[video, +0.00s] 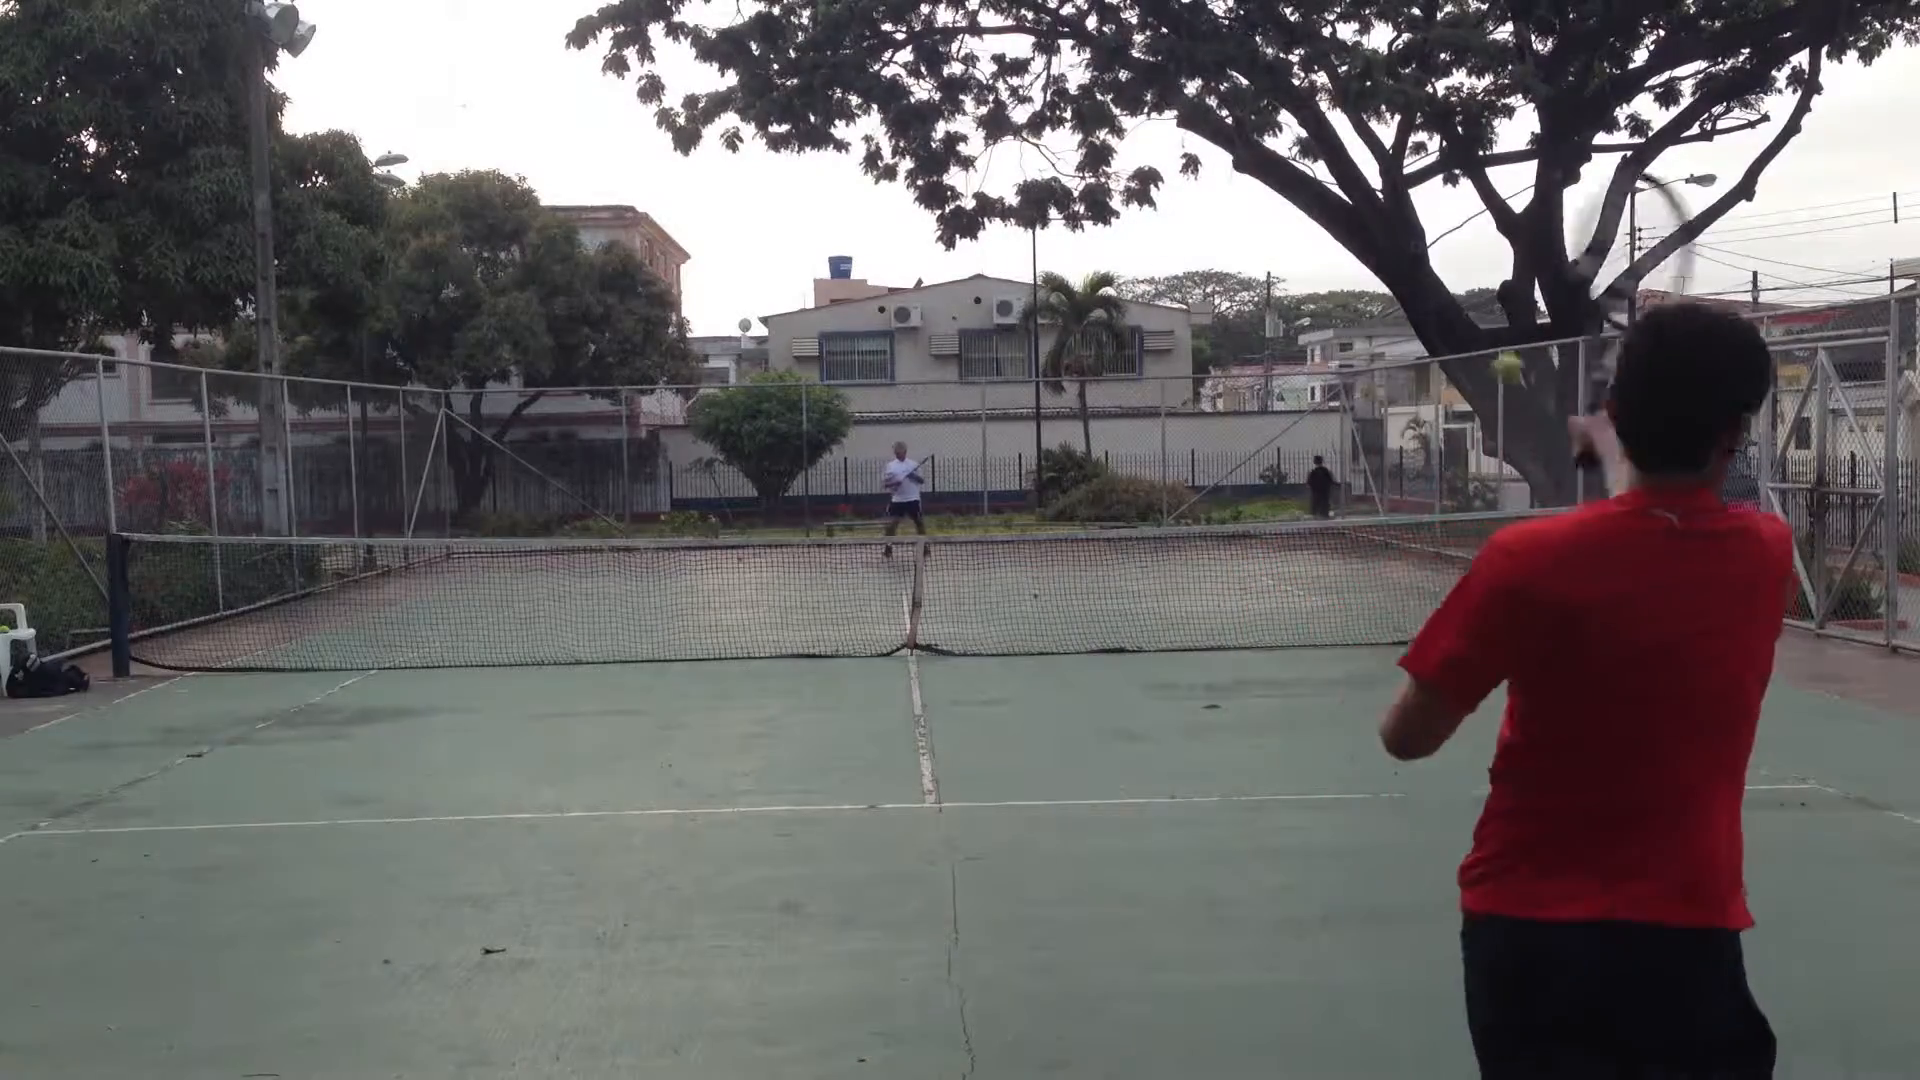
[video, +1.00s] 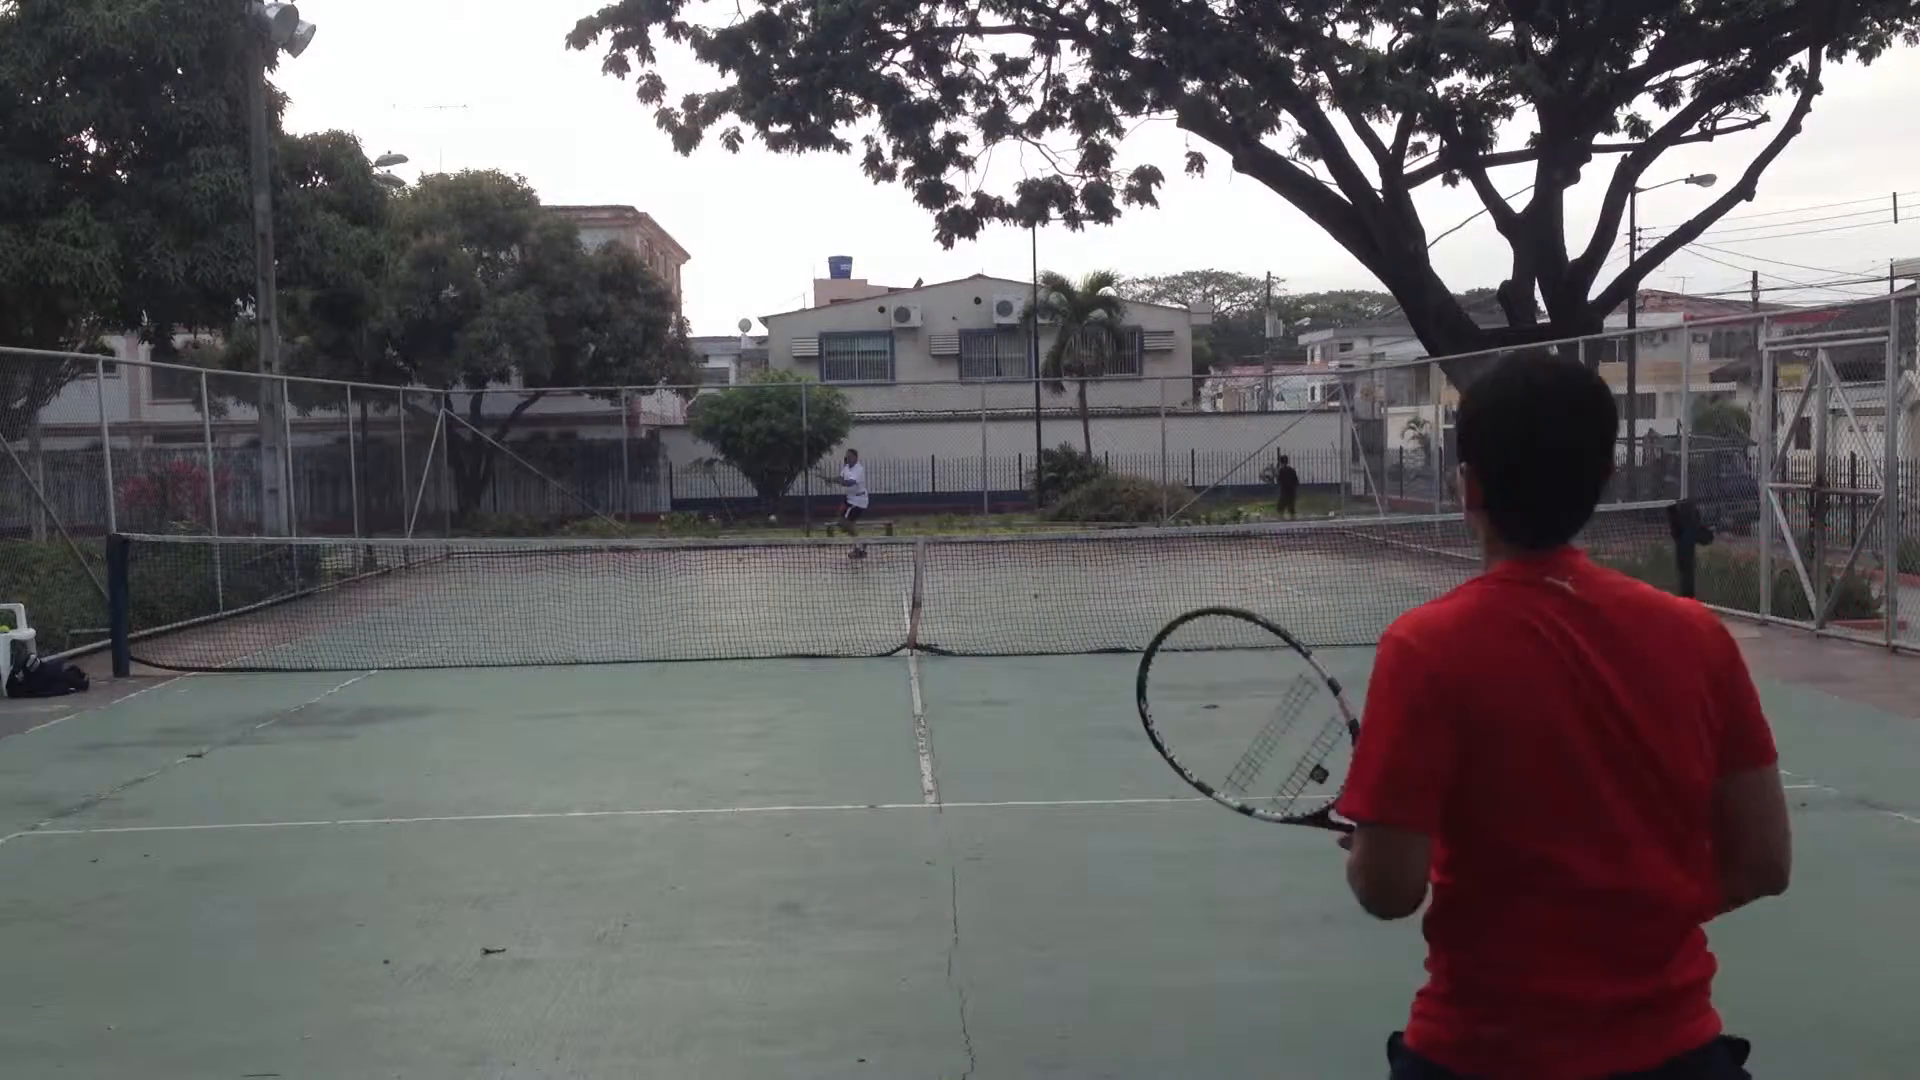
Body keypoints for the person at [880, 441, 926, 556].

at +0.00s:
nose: (900, 455)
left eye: (902, 452)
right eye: (898, 453)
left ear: (906, 452)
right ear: (894, 453)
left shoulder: (913, 464)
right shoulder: (890, 466)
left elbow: (921, 480)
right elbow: (887, 483)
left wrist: (911, 475)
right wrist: (896, 483)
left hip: (913, 499)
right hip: (897, 499)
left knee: (919, 523)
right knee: (891, 524)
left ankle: (924, 545)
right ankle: (888, 546)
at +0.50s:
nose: (893, 454)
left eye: (895, 451)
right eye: (891, 451)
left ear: (899, 452)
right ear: (888, 452)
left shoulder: (906, 464)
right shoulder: (883, 467)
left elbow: (913, 481)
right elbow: (876, 482)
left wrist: (901, 478)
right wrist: (883, 484)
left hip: (905, 500)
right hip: (891, 500)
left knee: (914, 524)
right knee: (889, 524)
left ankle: (925, 544)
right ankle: (896, 545)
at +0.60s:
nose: (885, 456)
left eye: (887, 453)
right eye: (883, 453)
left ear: (891, 453)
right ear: (880, 454)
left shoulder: (898, 466)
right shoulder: (877, 468)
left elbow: (905, 483)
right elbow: (868, 481)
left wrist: (892, 480)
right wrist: (874, 483)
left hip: (898, 499)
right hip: (885, 500)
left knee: (903, 522)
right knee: (886, 524)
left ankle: (918, 539)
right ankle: (898, 543)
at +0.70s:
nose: (876, 455)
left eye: (878, 452)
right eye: (874, 453)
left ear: (883, 453)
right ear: (872, 454)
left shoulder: (890, 466)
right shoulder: (869, 468)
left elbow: (894, 484)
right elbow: (864, 482)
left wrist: (881, 480)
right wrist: (870, 479)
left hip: (891, 498)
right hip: (879, 499)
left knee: (888, 522)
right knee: (883, 524)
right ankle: (895, 544)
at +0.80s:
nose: (868, 455)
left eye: (870, 453)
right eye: (867, 453)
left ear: (875, 453)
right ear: (864, 453)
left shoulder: (881, 466)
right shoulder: (862, 465)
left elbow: (883, 484)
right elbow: (855, 476)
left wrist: (868, 480)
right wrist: (853, 475)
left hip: (879, 496)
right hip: (869, 496)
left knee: (875, 520)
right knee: (879, 521)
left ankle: (873, 546)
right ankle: (897, 543)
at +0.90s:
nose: (860, 456)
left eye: (862, 454)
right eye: (858, 454)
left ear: (866, 453)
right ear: (856, 454)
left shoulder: (869, 465)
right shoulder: (854, 464)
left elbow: (870, 483)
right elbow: (845, 472)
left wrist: (852, 480)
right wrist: (845, 473)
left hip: (869, 497)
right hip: (860, 496)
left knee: (860, 522)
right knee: (865, 522)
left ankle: (860, 548)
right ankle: (882, 541)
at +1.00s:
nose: (848, 459)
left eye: (850, 457)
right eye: (847, 457)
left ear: (856, 457)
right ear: (846, 458)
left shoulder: (859, 469)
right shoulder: (846, 468)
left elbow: (853, 482)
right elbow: (841, 478)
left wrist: (839, 482)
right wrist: (830, 480)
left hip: (859, 498)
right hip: (850, 497)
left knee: (846, 522)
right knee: (845, 523)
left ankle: (860, 544)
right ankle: (858, 546)